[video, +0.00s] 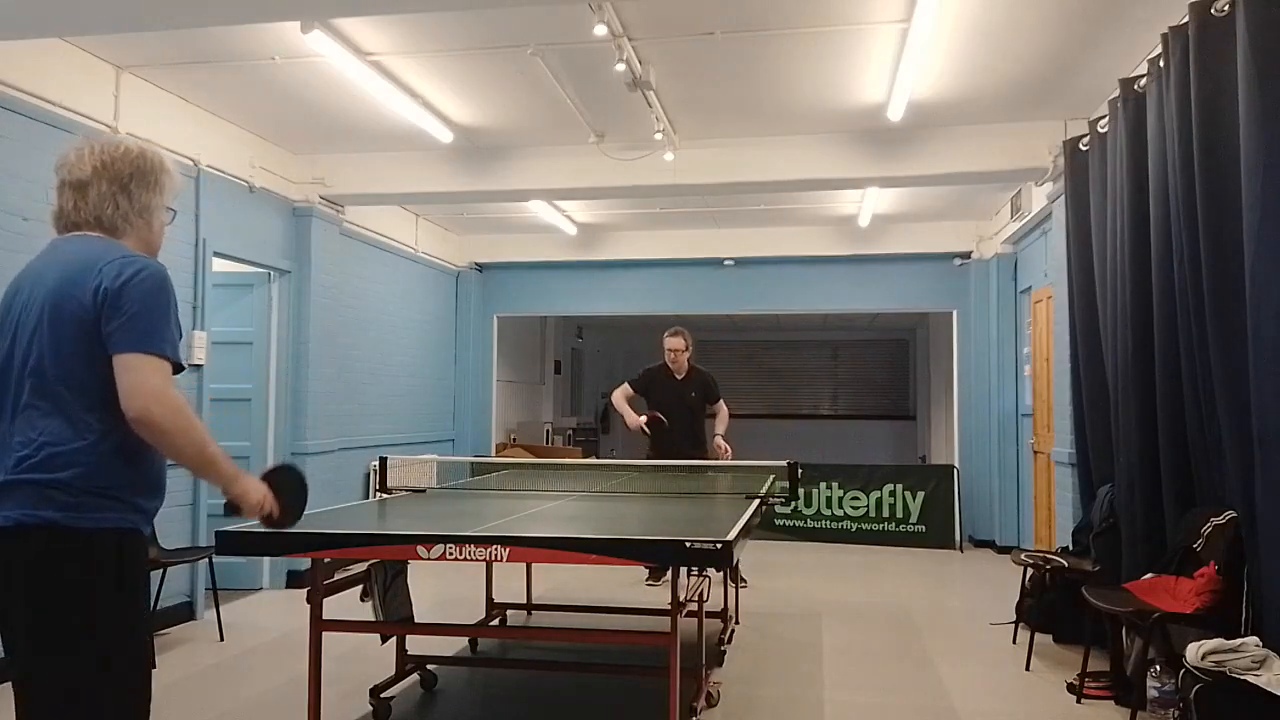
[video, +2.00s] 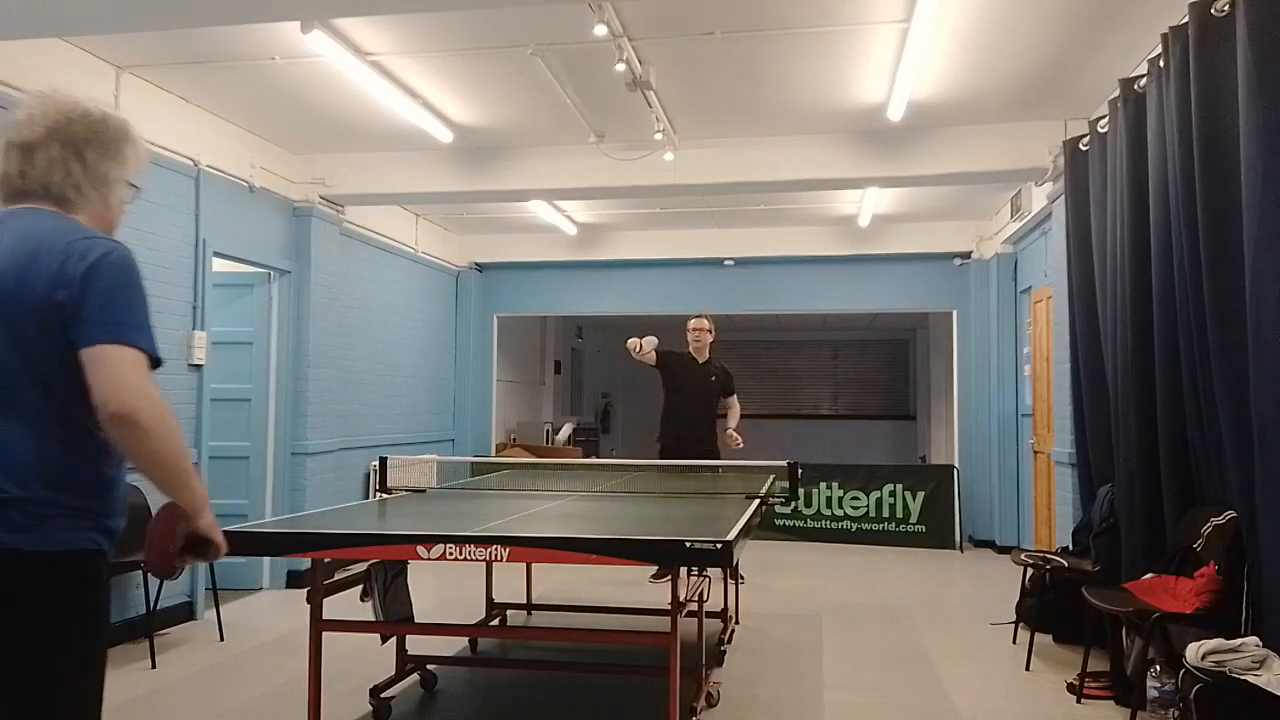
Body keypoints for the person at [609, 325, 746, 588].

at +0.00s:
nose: (672, 355)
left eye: (677, 350)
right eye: (668, 350)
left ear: (688, 350)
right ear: (663, 351)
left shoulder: (702, 378)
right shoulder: (652, 376)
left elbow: (721, 411)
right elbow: (617, 395)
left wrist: (718, 436)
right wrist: (630, 415)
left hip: (695, 459)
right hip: (659, 459)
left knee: (705, 510)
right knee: (656, 512)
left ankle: (729, 563)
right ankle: (657, 565)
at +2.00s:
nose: (698, 334)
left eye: (703, 331)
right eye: (694, 330)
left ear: (712, 336)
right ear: (687, 334)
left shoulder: (720, 371)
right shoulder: (670, 359)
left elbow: (733, 404)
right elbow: (641, 353)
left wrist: (729, 428)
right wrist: (638, 343)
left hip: (705, 450)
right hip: (672, 448)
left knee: (712, 506)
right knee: (668, 506)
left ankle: (727, 560)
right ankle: (668, 560)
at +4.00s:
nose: (724, 337)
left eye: (729, 333)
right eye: (720, 333)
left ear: (742, 335)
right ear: (716, 335)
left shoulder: (755, 370)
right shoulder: (705, 363)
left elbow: (772, 409)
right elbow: (677, 385)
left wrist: (759, 432)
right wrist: (656, 394)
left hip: (739, 455)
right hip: (703, 453)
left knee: (746, 515)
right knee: (686, 508)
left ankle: (749, 573)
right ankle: (678, 566)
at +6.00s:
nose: (609, 358)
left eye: (613, 351)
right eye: (607, 353)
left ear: (631, 344)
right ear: (622, 347)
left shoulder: (658, 372)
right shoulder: (621, 375)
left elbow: (683, 414)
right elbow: (618, 408)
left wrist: (653, 402)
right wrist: (607, 420)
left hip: (660, 467)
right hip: (630, 466)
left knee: (623, 525)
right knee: (648, 525)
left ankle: (597, 587)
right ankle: (665, 582)